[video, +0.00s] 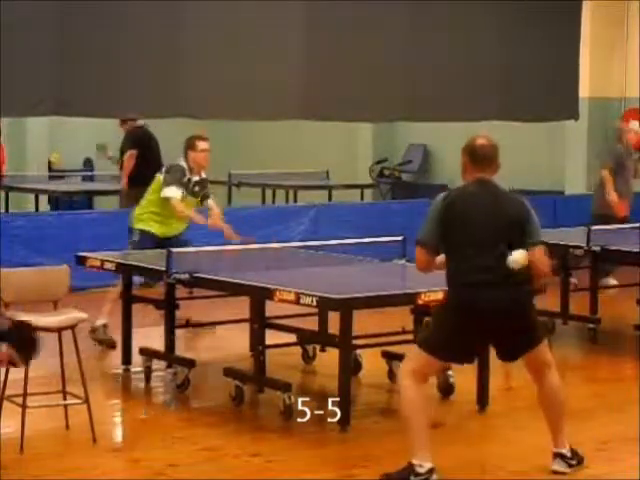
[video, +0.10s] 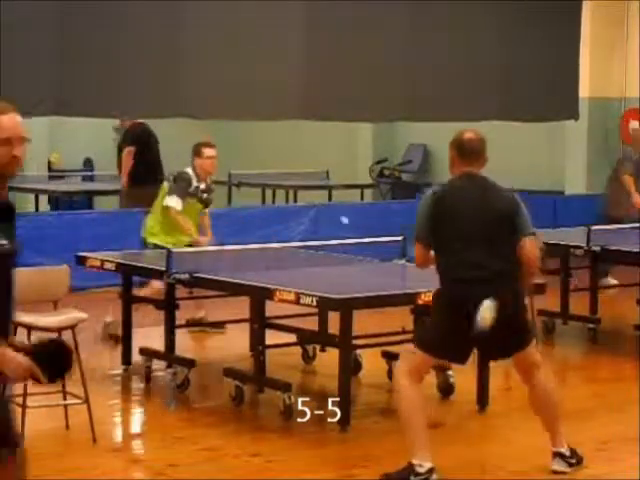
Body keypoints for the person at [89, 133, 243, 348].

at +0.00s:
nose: (207, 156)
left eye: (208, 152)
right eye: (203, 152)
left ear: (206, 155)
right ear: (189, 154)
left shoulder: (201, 180)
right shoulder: (175, 171)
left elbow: (212, 209)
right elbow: (176, 206)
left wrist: (228, 232)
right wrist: (204, 221)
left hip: (173, 229)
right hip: (148, 227)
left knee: (189, 268)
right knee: (129, 276)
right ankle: (102, 322)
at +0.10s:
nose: (213, 163)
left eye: (215, 158)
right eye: (209, 158)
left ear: (215, 161)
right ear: (196, 160)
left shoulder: (206, 184)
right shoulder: (184, 178)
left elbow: (204, 214)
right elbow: (172, 209)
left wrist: (208, 236)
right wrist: (194, 235)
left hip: (183, 240)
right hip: (160, 239)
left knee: (197, 277)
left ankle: (197, 314)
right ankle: (117, 323)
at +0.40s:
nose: (202, 144)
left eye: (204, 140)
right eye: (197, 140)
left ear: (205, 143)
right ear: (185, 142)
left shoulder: (200, 168)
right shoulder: (169, 162)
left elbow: (197, 198)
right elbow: (152, 192)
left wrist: (187, 222)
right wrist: (176, 219)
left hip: (183, 229)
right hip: (159, 227)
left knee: (194, 271)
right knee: (153, 276)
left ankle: (196, 313)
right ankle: (140, 318)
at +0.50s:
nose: (183, 136)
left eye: (185, 131)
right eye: (179, 131)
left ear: (187, 135)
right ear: (168, 134)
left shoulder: (189, 158)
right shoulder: (154, 153)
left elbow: (189, 195)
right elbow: (136, 183)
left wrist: (188, 225)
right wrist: (166, 196)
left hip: (178, 225)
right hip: (154, 224)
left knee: (190, 269)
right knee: (156, 275)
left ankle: (194, 314)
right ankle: (146, 318)